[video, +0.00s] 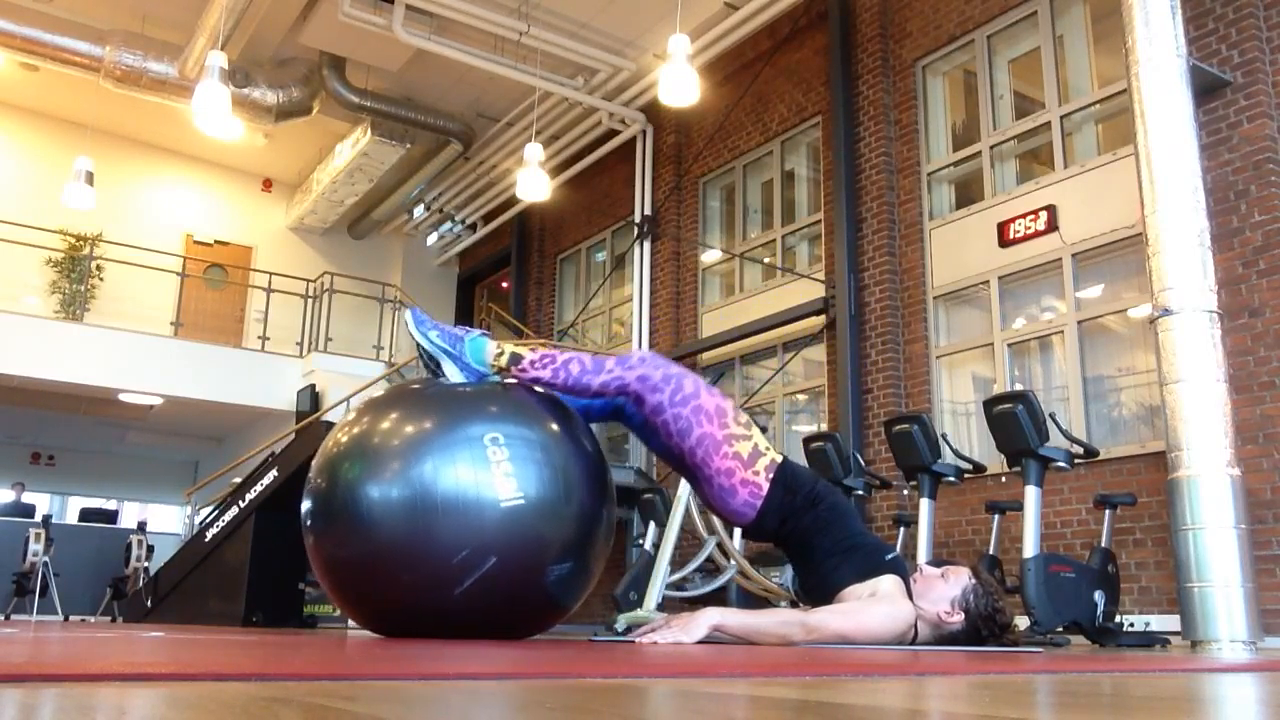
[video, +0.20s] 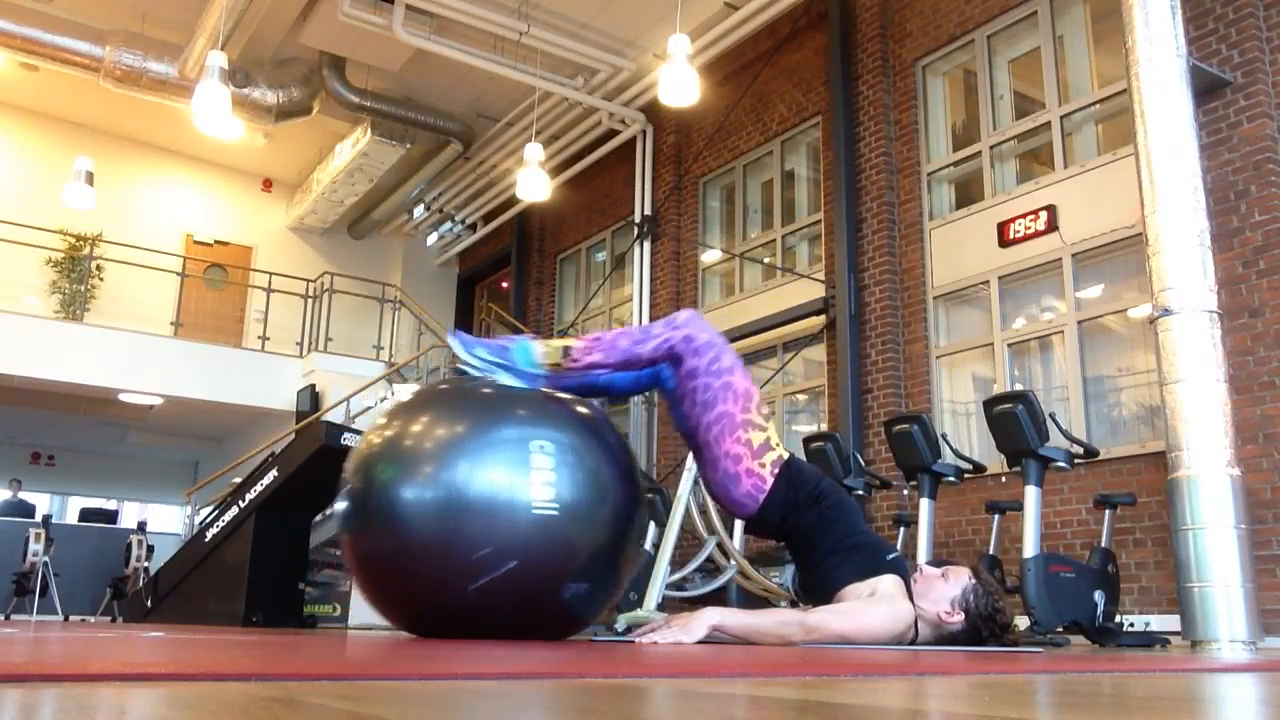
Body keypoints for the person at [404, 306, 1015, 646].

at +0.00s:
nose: (936, 569)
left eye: (949, 581)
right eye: (949, 569)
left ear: (946, 616)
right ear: (942, 595)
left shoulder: (895, 609)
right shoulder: (891, 592)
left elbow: (804, 627)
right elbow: (802, 622)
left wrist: (709, 619)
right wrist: (713, 621)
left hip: (756, 488)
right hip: (766, 475)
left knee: (644, 372)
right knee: (650, 372)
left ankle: (487, 358)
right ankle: (512, 379)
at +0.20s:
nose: (935, 569)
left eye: (947, 580)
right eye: (948, 568)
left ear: (943, 615)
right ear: (943, 604)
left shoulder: (892, 609)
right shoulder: (891, 595)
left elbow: (805, 628)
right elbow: (803, 622)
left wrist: (709, 620)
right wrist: (712, 621)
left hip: (755, 480)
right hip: (767, 473)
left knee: (688, 327)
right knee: (690, 339)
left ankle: (535, 362)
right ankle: (559, 383)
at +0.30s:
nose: (940, 566)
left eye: (949, 577)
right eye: (953, 569)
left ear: (944, 613)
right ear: (944, 602)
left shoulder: (888, 613)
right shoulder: (894, 598)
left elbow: (792, 629)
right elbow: (794, 625)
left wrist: (705, 623)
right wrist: (710, 621)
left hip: (757, 481)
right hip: (774, 473)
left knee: (726, 320)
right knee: (733, 322)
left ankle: (583, 369)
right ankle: (601, 377)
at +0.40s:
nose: (940, 563)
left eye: (950, 577)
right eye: (950, 567)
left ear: (946, 614)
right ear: (944, 608)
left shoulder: (891, 612)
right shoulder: (901, 598)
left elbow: (803, 626)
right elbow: (801, 626)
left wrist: (710, 620)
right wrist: (711, 622)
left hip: (762, 477)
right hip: (786, 474)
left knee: (768, 307)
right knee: (769, 321)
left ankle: (631, 366)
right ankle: (637, 376)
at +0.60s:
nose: (931, 570)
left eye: (944, 579)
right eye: (945, 570)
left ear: (949, 613)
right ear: (948, 611)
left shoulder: (893, 615)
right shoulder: (909, 605)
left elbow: (800, 628)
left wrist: (712, 621)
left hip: (786, 461)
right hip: (810, 464)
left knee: (839, 303)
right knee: (824, 332)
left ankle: (702, 357)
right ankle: (700, 375)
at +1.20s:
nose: (941, 563)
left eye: (951, 577)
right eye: (952, 567)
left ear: (948, 616)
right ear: (945, 605)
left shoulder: (892, 613)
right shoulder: (902, 596)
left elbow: (801, 626)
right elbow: (799, 625)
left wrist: (712, 620)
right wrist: (713, 623)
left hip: (766, 472)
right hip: (788, 467)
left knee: (756, 308)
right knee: (759, 319)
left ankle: (620, 365)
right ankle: (625, 372)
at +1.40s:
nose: (937, 569)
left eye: (948, 581)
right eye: (950, 569)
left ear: (945, 615)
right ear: (945, 603)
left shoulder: (891, 610)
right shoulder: (894, 595)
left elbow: (808, 628)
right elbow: (808, 621)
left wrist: (711, 618)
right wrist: (720, 620)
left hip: (762, 479)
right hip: (779, 470)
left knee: (688, 329)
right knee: (694, 335)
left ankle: (550, 364)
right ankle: (563, 370)